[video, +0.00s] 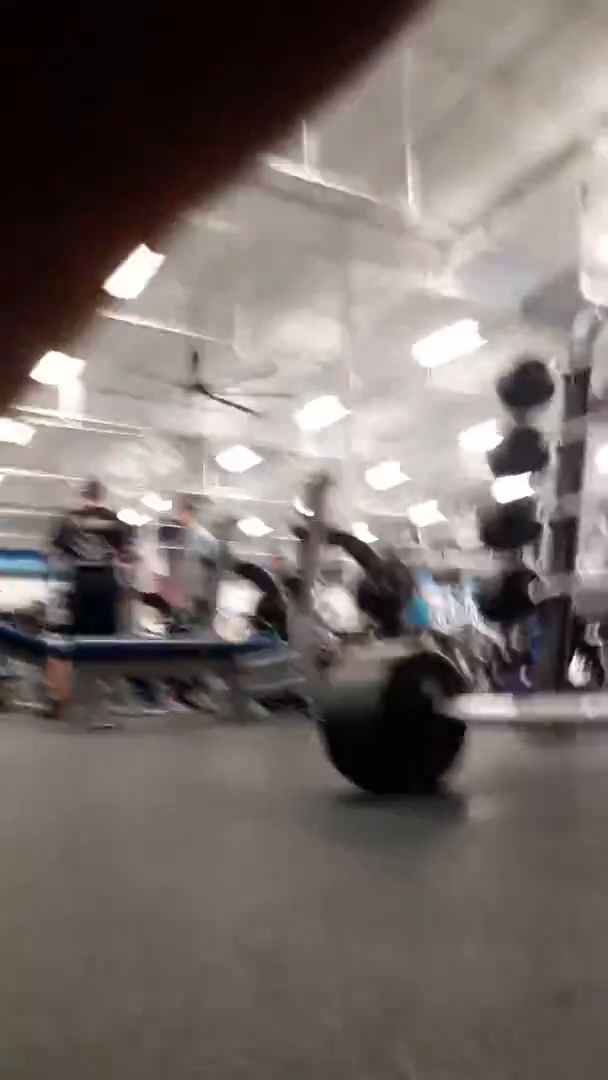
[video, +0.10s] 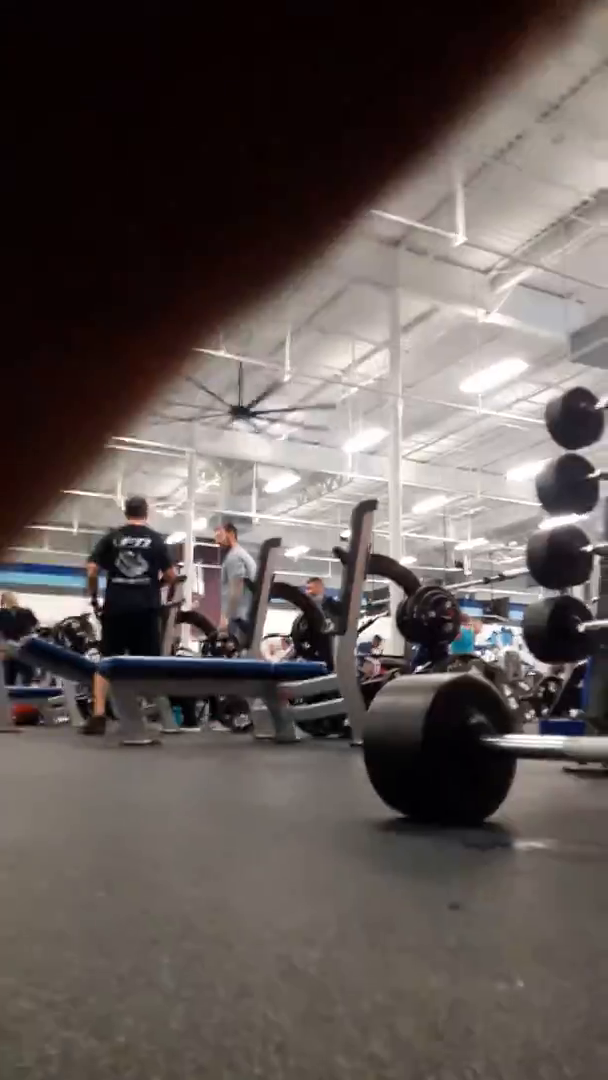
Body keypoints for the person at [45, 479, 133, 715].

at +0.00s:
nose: (91, 499)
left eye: (88, 495)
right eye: (94, 495)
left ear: (82, 495)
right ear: (102, 495)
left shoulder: (71, 520)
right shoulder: (112, 520)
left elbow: (59, 546)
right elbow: (123, 547)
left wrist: (77, 555)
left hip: (82, 580)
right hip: (107, 581)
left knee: (79, 633)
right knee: (107, 634)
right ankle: (108, 692)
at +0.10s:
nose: (142, 517)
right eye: (144, 512)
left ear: (125, 514)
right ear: (146, 514)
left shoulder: (112, 537)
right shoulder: (156, 539)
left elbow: (92, 569)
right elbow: (171, 575)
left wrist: (94, 599)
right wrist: (158, 583)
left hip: (115, 606)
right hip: (146, 607)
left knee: (106, 660)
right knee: (147, 662)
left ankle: (99, 712)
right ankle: (144, 717)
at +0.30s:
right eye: (133, 486)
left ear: (113, 486)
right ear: (135, 487)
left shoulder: (99, 509)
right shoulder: (145, 514)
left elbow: (82, 544)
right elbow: (156, 551)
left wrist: (88, 569)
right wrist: (145, 569)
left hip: (101, 580)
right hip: (131, 580)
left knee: (98, 635)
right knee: (132, 636)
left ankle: (99, 690)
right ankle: (129, 693)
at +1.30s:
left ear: (109, 478)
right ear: (132, 479)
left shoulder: (94, 501)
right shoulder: (142, 505)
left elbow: (78, 538)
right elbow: (155, 541)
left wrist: (97, 548)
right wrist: (138, 550)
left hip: (99, 574)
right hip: (130, 575)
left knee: (95, 626)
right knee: (128, 627)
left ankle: (96, 680)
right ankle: (123, 683)